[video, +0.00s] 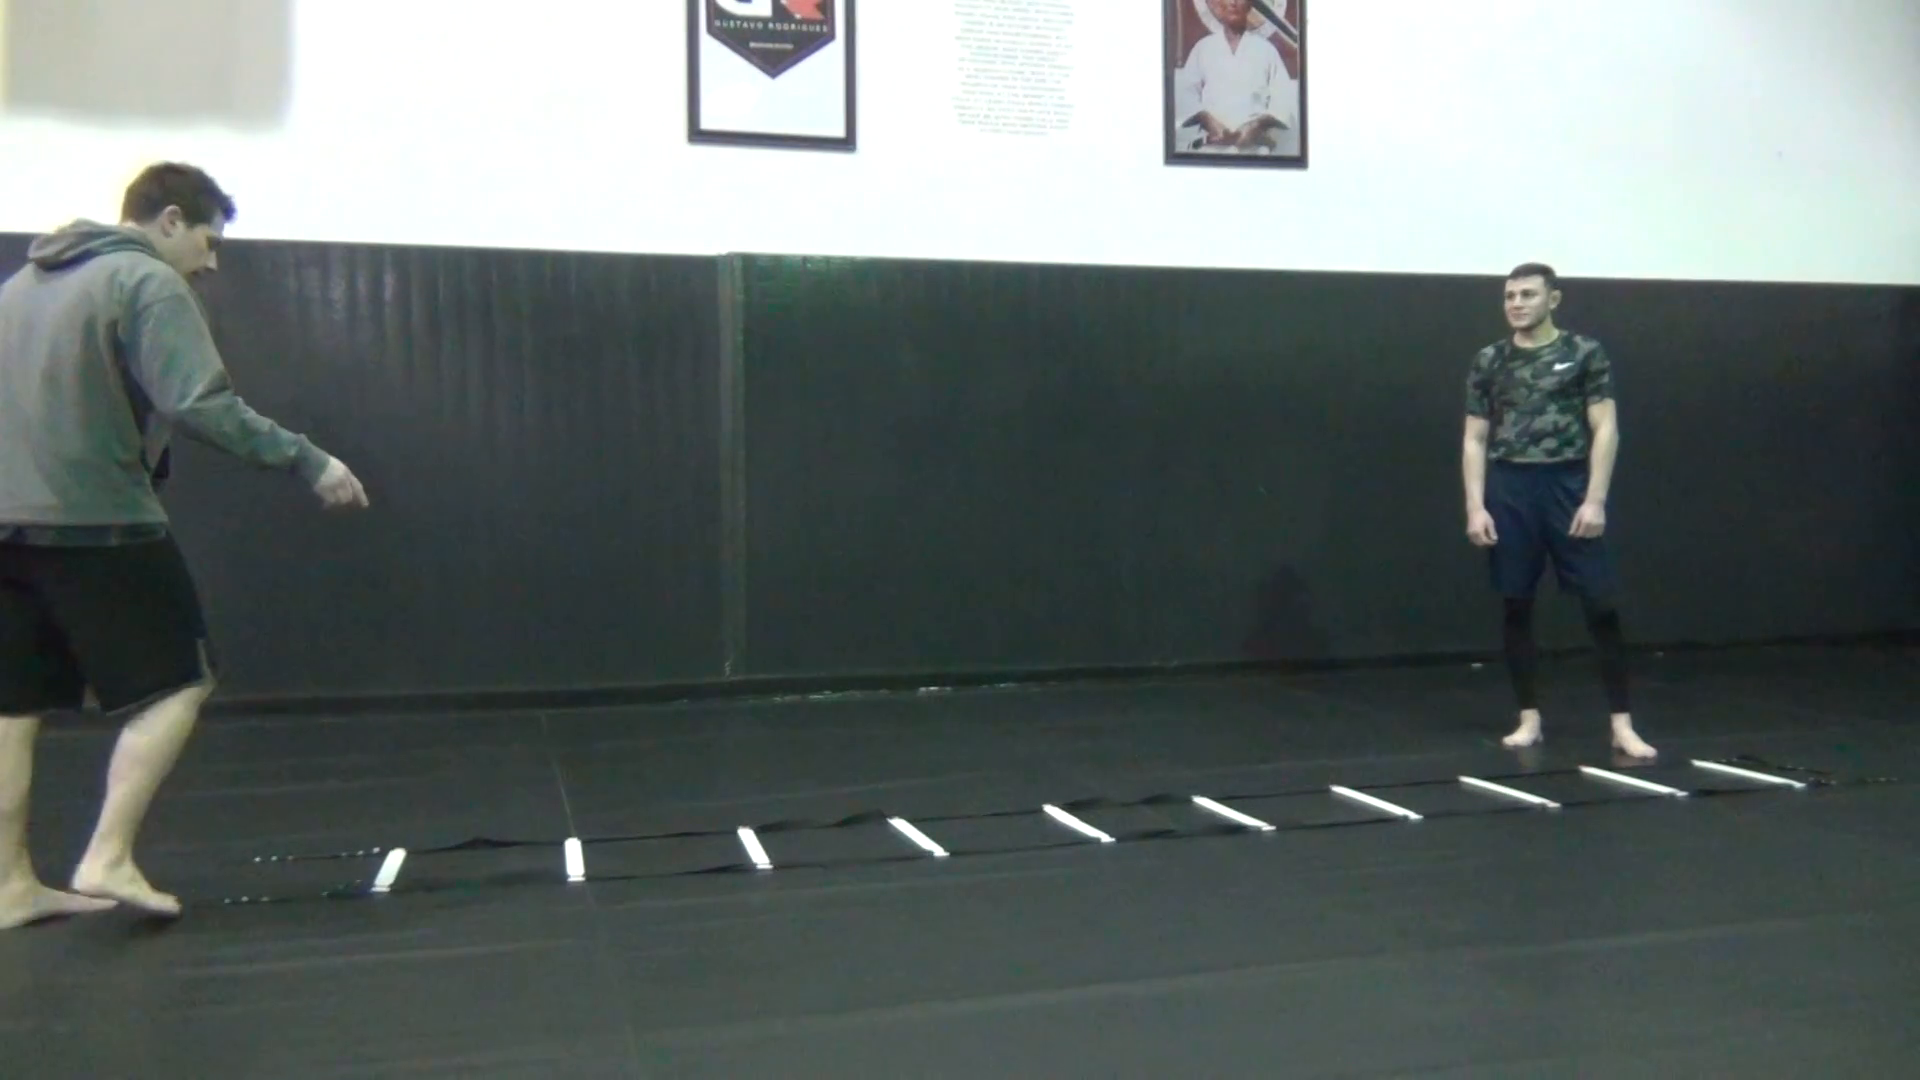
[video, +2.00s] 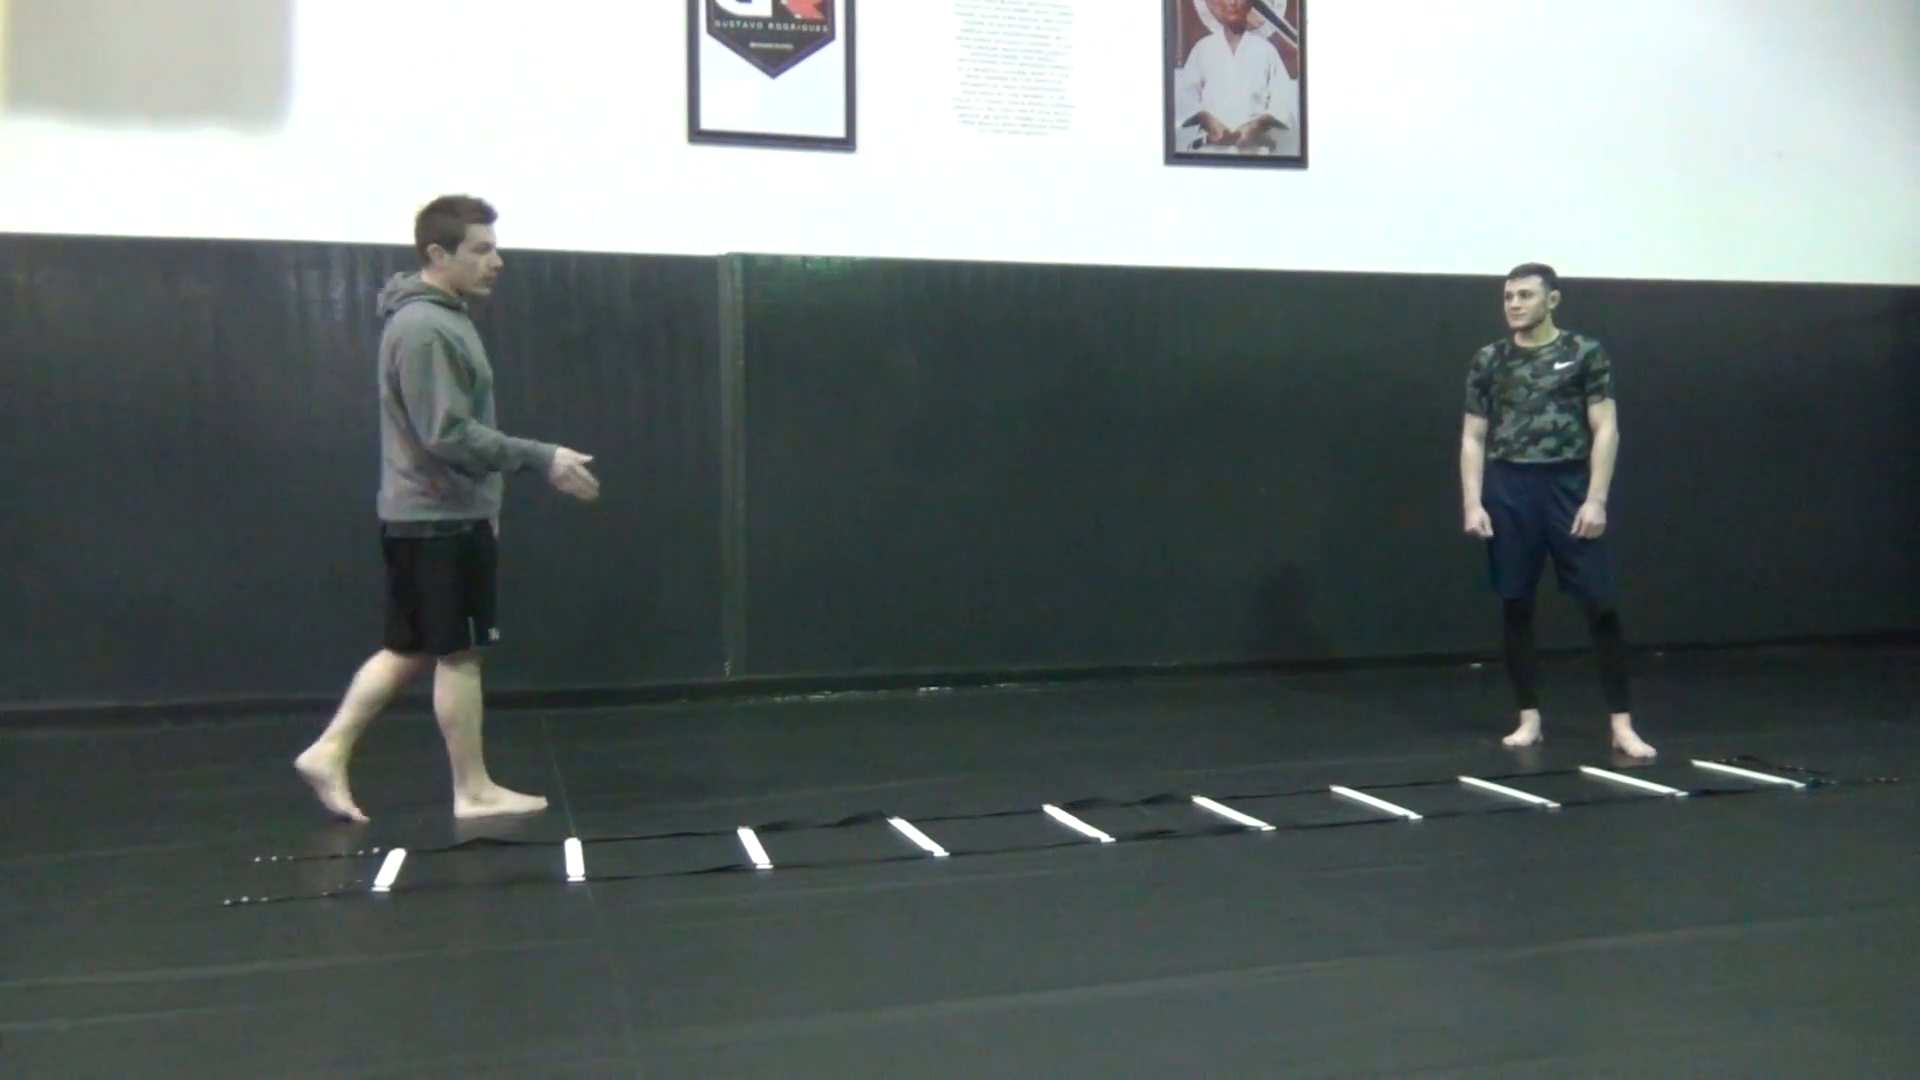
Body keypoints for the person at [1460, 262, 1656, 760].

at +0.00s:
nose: (1516, 304)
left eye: (1528, 295)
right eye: (1510, 297)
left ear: (1553, 299)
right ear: (1504, 303)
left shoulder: (1586, 353)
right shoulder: (1489, 361)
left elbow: (1605, 428)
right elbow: (1474, 438)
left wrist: (1595, 499)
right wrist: (1475, 506)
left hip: (1571, 491)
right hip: (1509, 492)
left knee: (1601, 604)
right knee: (1515, 605)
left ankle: (1621, 724)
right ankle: (1528, 718)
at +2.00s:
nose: (1514, 304)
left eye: (1525, 296)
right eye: (1509, 297)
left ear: (1552, 300)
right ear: (1504, 304)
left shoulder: (1586, 353)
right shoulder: (1489, 360)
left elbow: (1605, 429)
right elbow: (1473, 437)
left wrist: (1596, 499)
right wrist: (1472, 502)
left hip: (1570, 490)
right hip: (1508, 491)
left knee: (1602, 604)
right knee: (1515, 605)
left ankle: (1621, 724)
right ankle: (1528, 718)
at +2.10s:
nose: (1514, 304)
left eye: (1525, 296)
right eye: (1508, 297)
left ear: (1552, 299)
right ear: (1503, 304)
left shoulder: (1587, 353)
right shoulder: (1489, 361)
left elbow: (1605, 429)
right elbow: (1474, 437)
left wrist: (1597, 499)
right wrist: (1473, 501)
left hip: (1570, 490)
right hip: (1508, 492)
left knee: (1600, 605)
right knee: (1515, 607)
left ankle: (1621, 724)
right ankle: (1528, 717)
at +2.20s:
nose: (1514, 305)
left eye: (1525, 296)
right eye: (1508, 297)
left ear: (1552, 300)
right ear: (1503, 304)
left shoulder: (1586, 353)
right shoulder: (1489, 360)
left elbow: (1605, 429)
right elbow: (1474, 437)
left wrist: (1596, 499)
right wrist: (1473, 500)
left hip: (1570, 490)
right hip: (1509, 491)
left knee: (1602, 604)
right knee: (1515, 605)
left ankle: (1620, 723)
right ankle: (1527, 717)